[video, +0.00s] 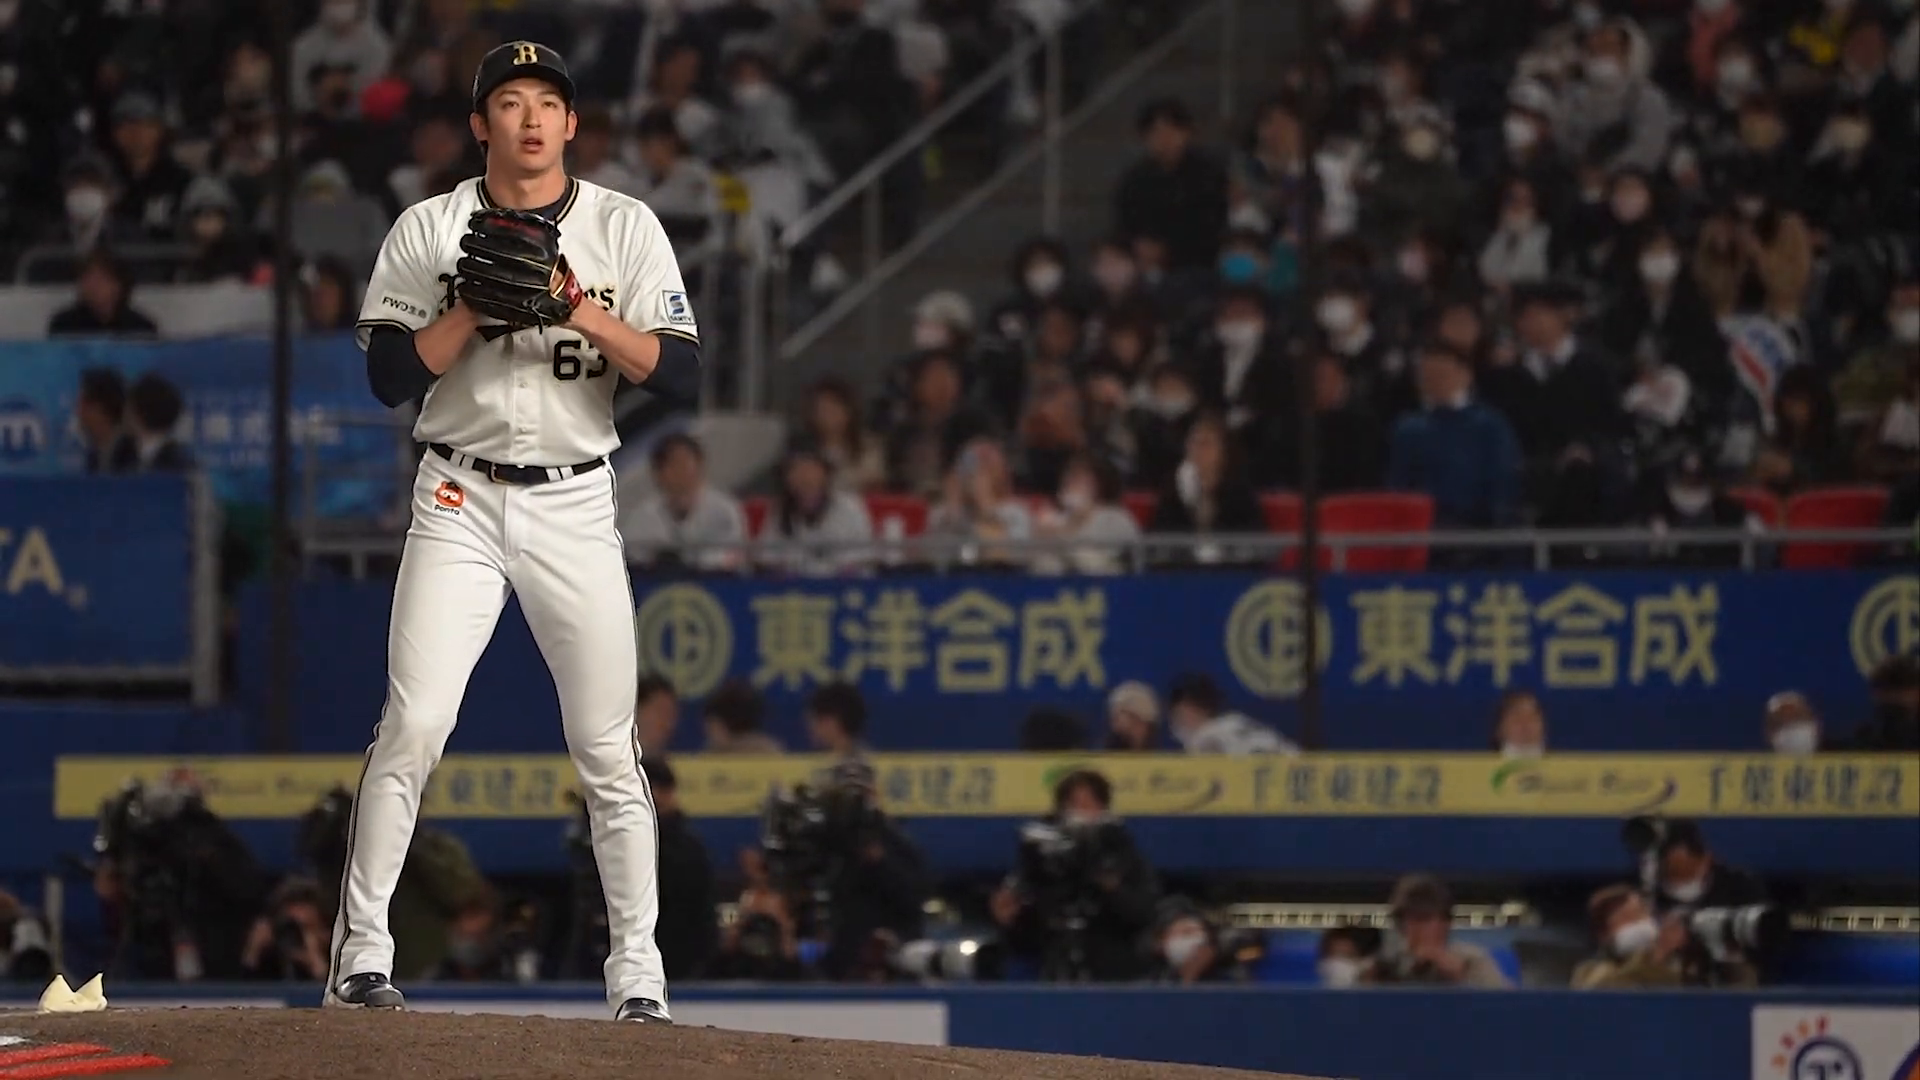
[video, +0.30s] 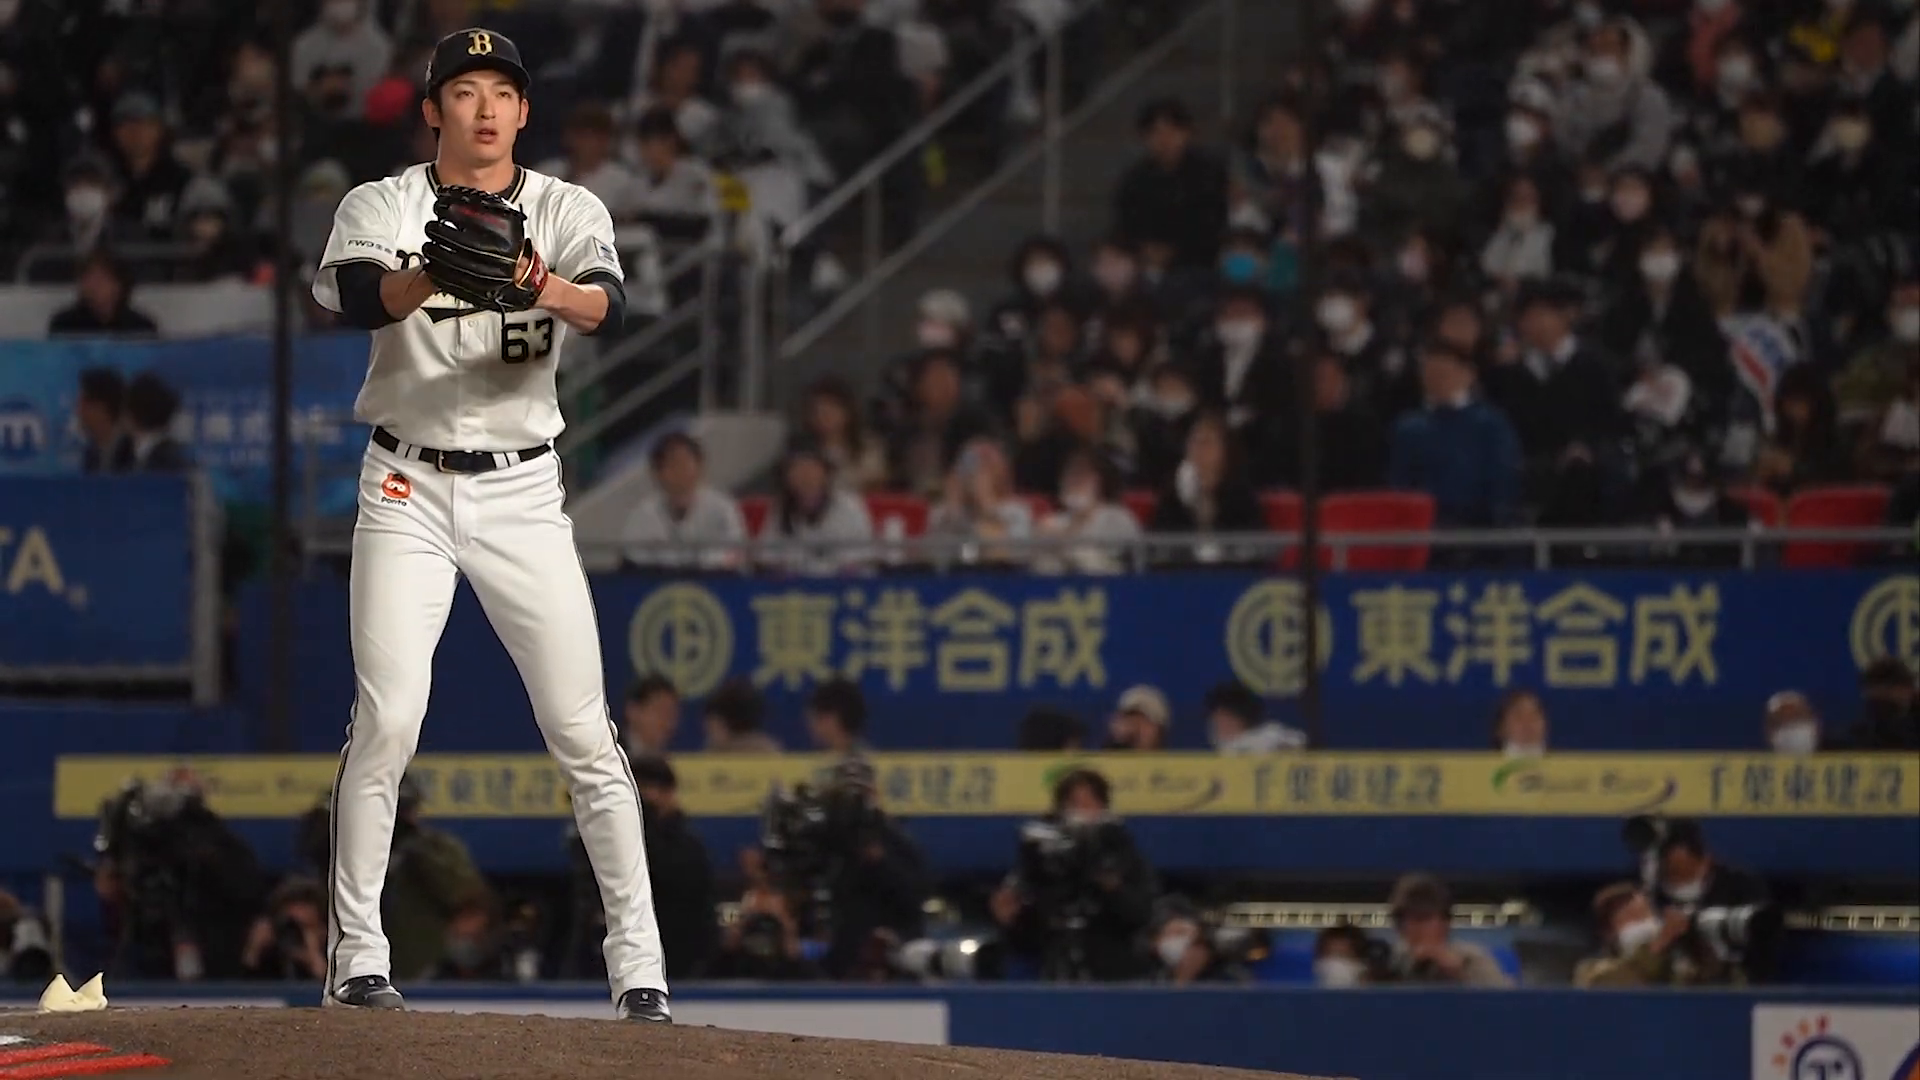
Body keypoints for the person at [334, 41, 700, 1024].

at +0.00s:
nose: (530, 120)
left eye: (546, 106)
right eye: (511, 106)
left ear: (570, 125)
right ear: (481, 125)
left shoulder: (626, 225)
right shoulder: (426, 230)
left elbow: (675, 369)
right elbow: (388, 379)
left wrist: (581, 311)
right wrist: (476, 306)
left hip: (576, 508)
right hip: (457, 498)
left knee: (608, 750)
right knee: (414, 722)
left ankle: (637, 980)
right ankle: (361, 952)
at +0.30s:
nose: (488, 109)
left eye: (502, 95)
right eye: (467, 95)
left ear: (523, 112)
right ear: (432, 113)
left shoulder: (567, 207)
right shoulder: (383, 203)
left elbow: (605, 308)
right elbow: (351, 302)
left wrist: (543, 289)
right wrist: (432, 277)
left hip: (523, 496)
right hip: (404, 491)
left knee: (584, 736)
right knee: (387, 719)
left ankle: (638, 967)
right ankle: (358, 958)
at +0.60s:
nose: (486, 123)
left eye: (501, 105)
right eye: (465, 107)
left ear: (524, 121)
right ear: (430, 126)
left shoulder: (571, 213)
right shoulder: (383, 211)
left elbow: (584, 284)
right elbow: (377, 258)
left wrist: (546, 283)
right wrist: (429, 267)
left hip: (530, 504)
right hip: (412, 500)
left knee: (586, 741)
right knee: (392, 724)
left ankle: (646, 970)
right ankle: (356, 961)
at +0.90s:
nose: (524, 133)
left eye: (539, 116)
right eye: (504, 116)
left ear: (561, 129)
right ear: (468, 130)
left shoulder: (610, 231)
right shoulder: (418, 229)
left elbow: (647, 346)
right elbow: (383, 338)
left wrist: (557, 274)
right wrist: (466, 267)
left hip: (566, 515)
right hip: (446, 507)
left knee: (605, 749)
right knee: (411, 720)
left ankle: (647, 973)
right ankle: (361, 952)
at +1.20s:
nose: (549, 152)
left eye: (563, 134)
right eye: (532, 132)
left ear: (582, 140)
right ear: (489, 134)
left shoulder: (615, 243)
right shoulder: (419, 223)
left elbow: (645, 380)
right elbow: (376, 337)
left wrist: (566, 280)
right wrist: (469, 251)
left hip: (554, 518)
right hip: (433, 508)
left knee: (598, 749)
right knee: (399, 721)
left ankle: (646, 975)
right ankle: (358, 959)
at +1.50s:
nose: (569, 153)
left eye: (583, 137)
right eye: (552, 134)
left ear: (597, 141)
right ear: (506, 132)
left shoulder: (623, 239)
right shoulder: (427, 217)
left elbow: (646, 384)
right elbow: (388, 337)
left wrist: (566, 273)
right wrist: (478, 243)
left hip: (563, 513)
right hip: (443, 503)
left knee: (603, 749)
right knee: (408, 724)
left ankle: (647, 975)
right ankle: (359, 960)